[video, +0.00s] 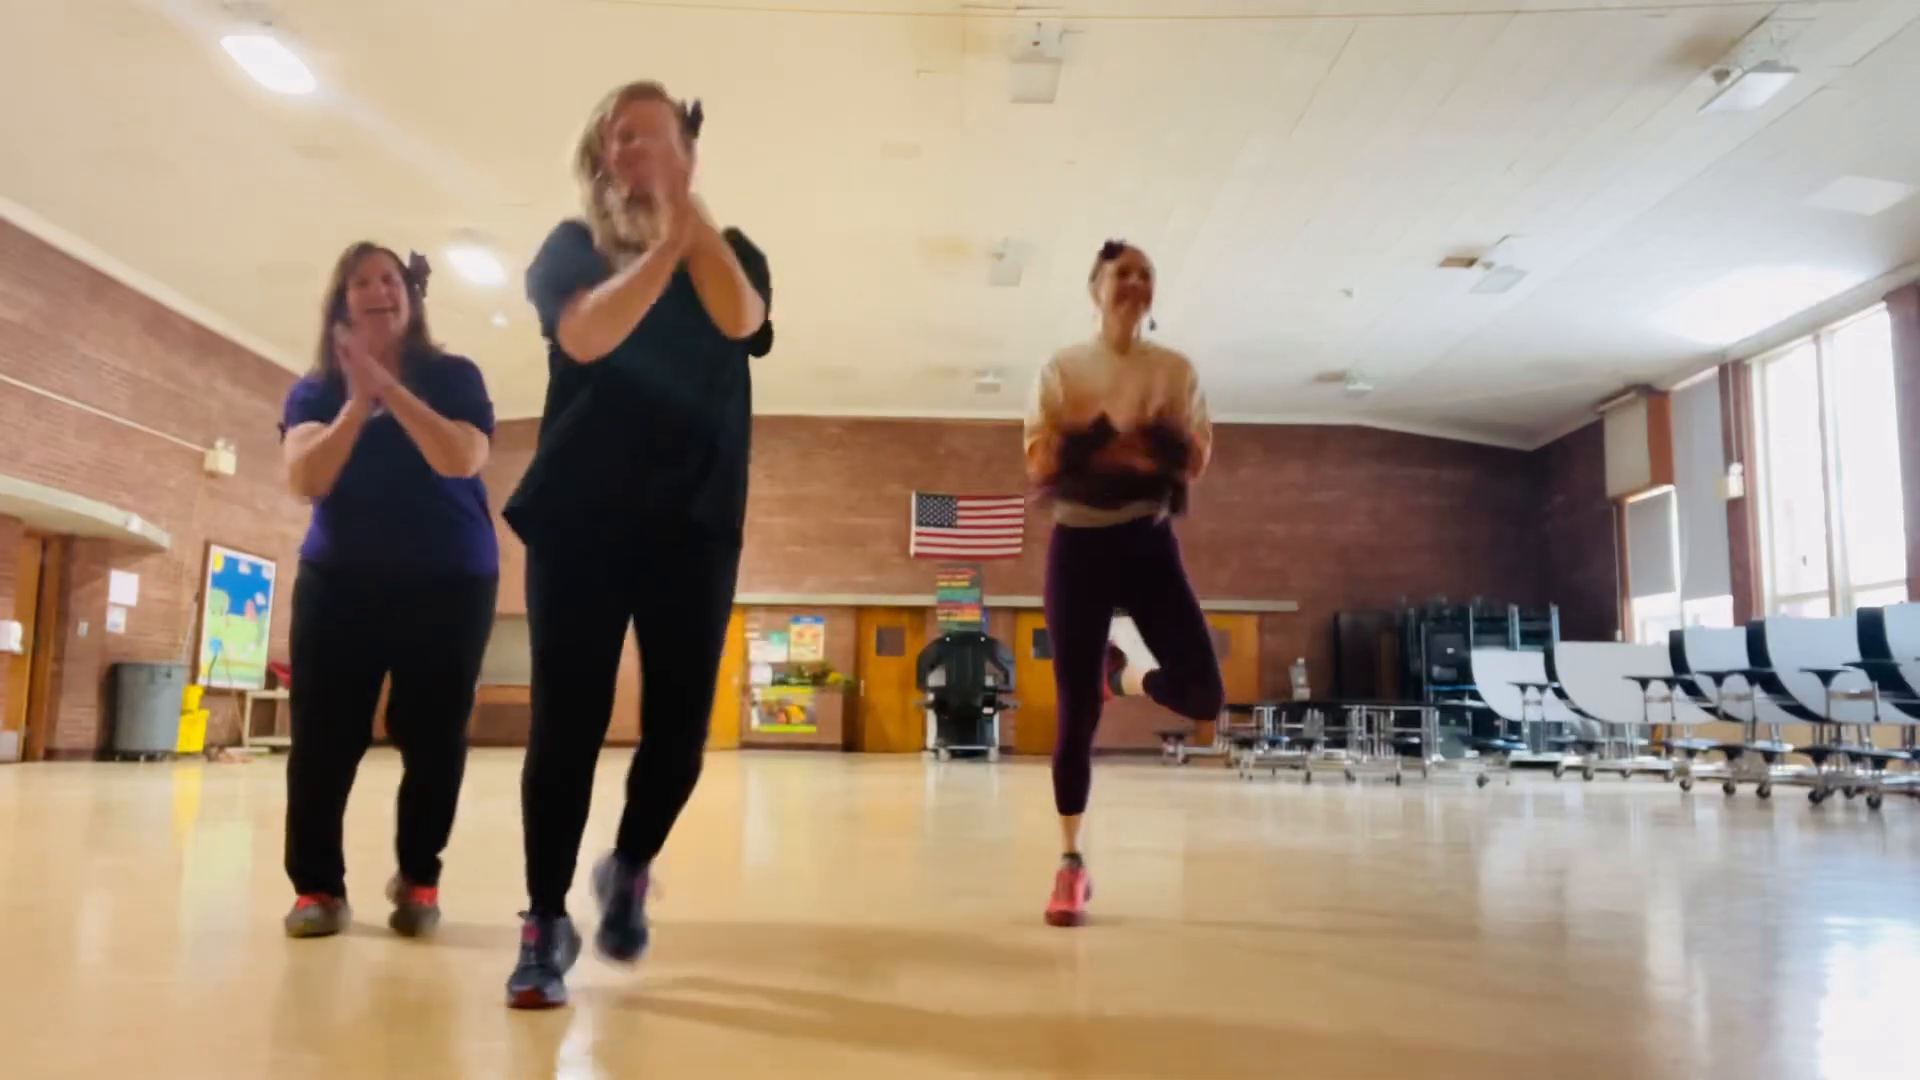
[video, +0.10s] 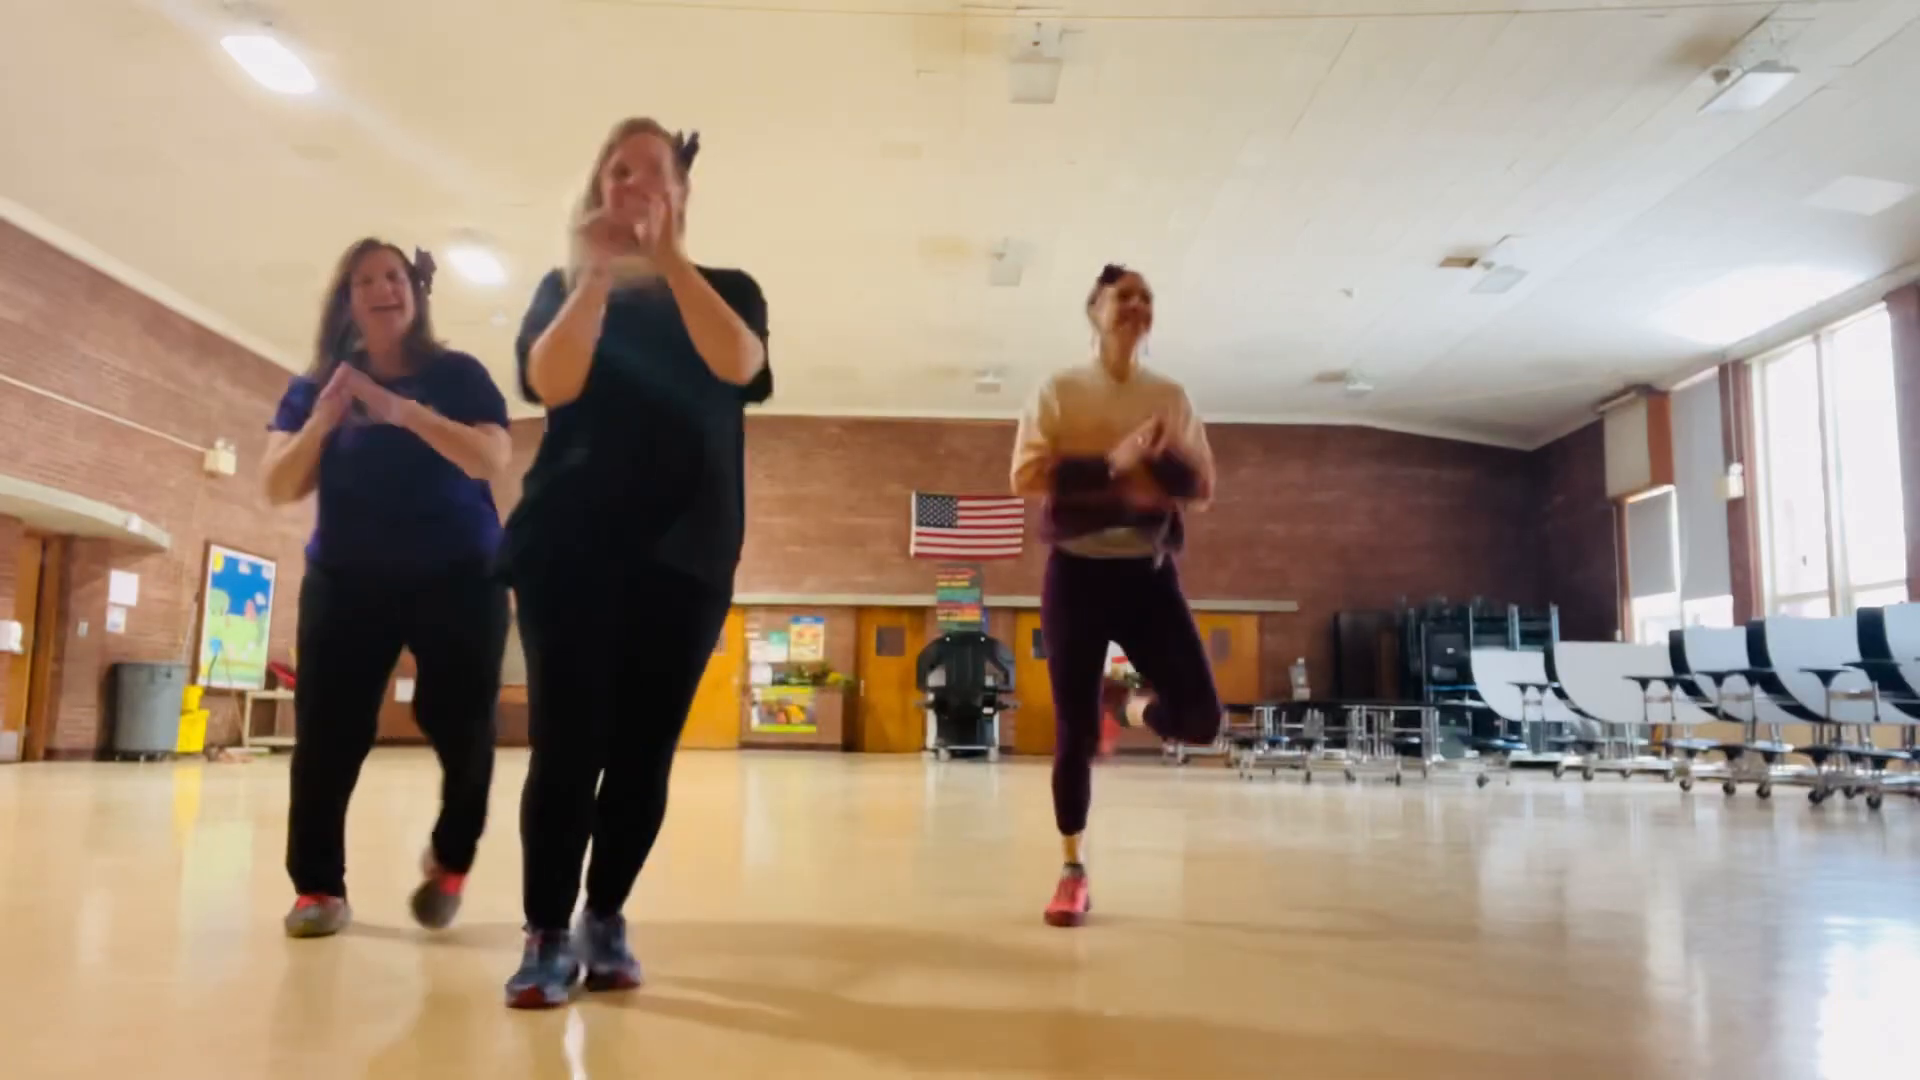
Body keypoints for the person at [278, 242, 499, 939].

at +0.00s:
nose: (380, 293)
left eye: (391, 282)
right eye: (363, 284)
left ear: (412, 300)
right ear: (339, 307)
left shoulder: (452, 376)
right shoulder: (316, 391)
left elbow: (465, 458)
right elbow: (307, 478)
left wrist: (387, 386)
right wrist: (357, 403)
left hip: (447, 587)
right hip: (340, 583)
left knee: (435, 743)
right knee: (324, 743)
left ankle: (419, 883)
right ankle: (318, 891)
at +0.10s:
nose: (382, 291)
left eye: (393, 279)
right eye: (365, 282)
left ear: (416, 293)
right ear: (346, 301)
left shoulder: (457, 374)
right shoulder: (317, 388)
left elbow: (492, 457)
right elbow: (279, 487)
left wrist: (406, 412)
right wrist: (322, 420)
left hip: (456, 584)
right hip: (348, 582)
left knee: (464, 730)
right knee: (327, 740)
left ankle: (451, 863)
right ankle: (320, 891)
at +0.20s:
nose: (400, 286)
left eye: (411, 274)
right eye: (384, 277)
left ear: (432, 288)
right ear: (362, 296)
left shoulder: (476, 376)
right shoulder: (329, 385)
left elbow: (523, 469)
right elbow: (271, 476)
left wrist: (467, 457)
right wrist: (298, 446)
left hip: (471, 578)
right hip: (363, 579)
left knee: (500, 724)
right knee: (336, 735)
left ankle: (509, 868)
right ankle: (319, 890)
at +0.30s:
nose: (426, 290)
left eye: (437, 279)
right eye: (412, 280)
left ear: (460, 292)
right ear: (390, 299)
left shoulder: (504, 383)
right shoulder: (355, 386)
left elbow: (541, 462)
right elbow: (299, 464)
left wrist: (526, 496)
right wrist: (252, 518)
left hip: (487, 577)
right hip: (378, 577)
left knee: (528, 727)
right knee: (342, 734)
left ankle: (570, 875)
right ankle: (319, 889)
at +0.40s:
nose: (468, 300)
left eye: (481, 290)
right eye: (455, 289)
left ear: (502, 305)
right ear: (430, 303)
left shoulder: (535, 392)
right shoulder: (390, 391)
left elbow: (576, 480)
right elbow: (341, 484)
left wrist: (563, 532)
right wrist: (279, 557)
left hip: (509, 589)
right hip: (399, 586)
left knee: (543, 737)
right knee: (352, 737)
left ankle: (593, 880)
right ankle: (320, 889)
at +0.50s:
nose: (516, 314)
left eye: (530, 302)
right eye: (505, 301)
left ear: (553, 314)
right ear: (484, 311)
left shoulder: (572, 403)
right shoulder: (440, 396)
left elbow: (609, 498)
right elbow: (400, 492)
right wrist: (344, 571)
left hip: (543, 594)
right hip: (436, 587)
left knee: (565, 744)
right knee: (375, 731)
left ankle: (608, 892)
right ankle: (321, 886)